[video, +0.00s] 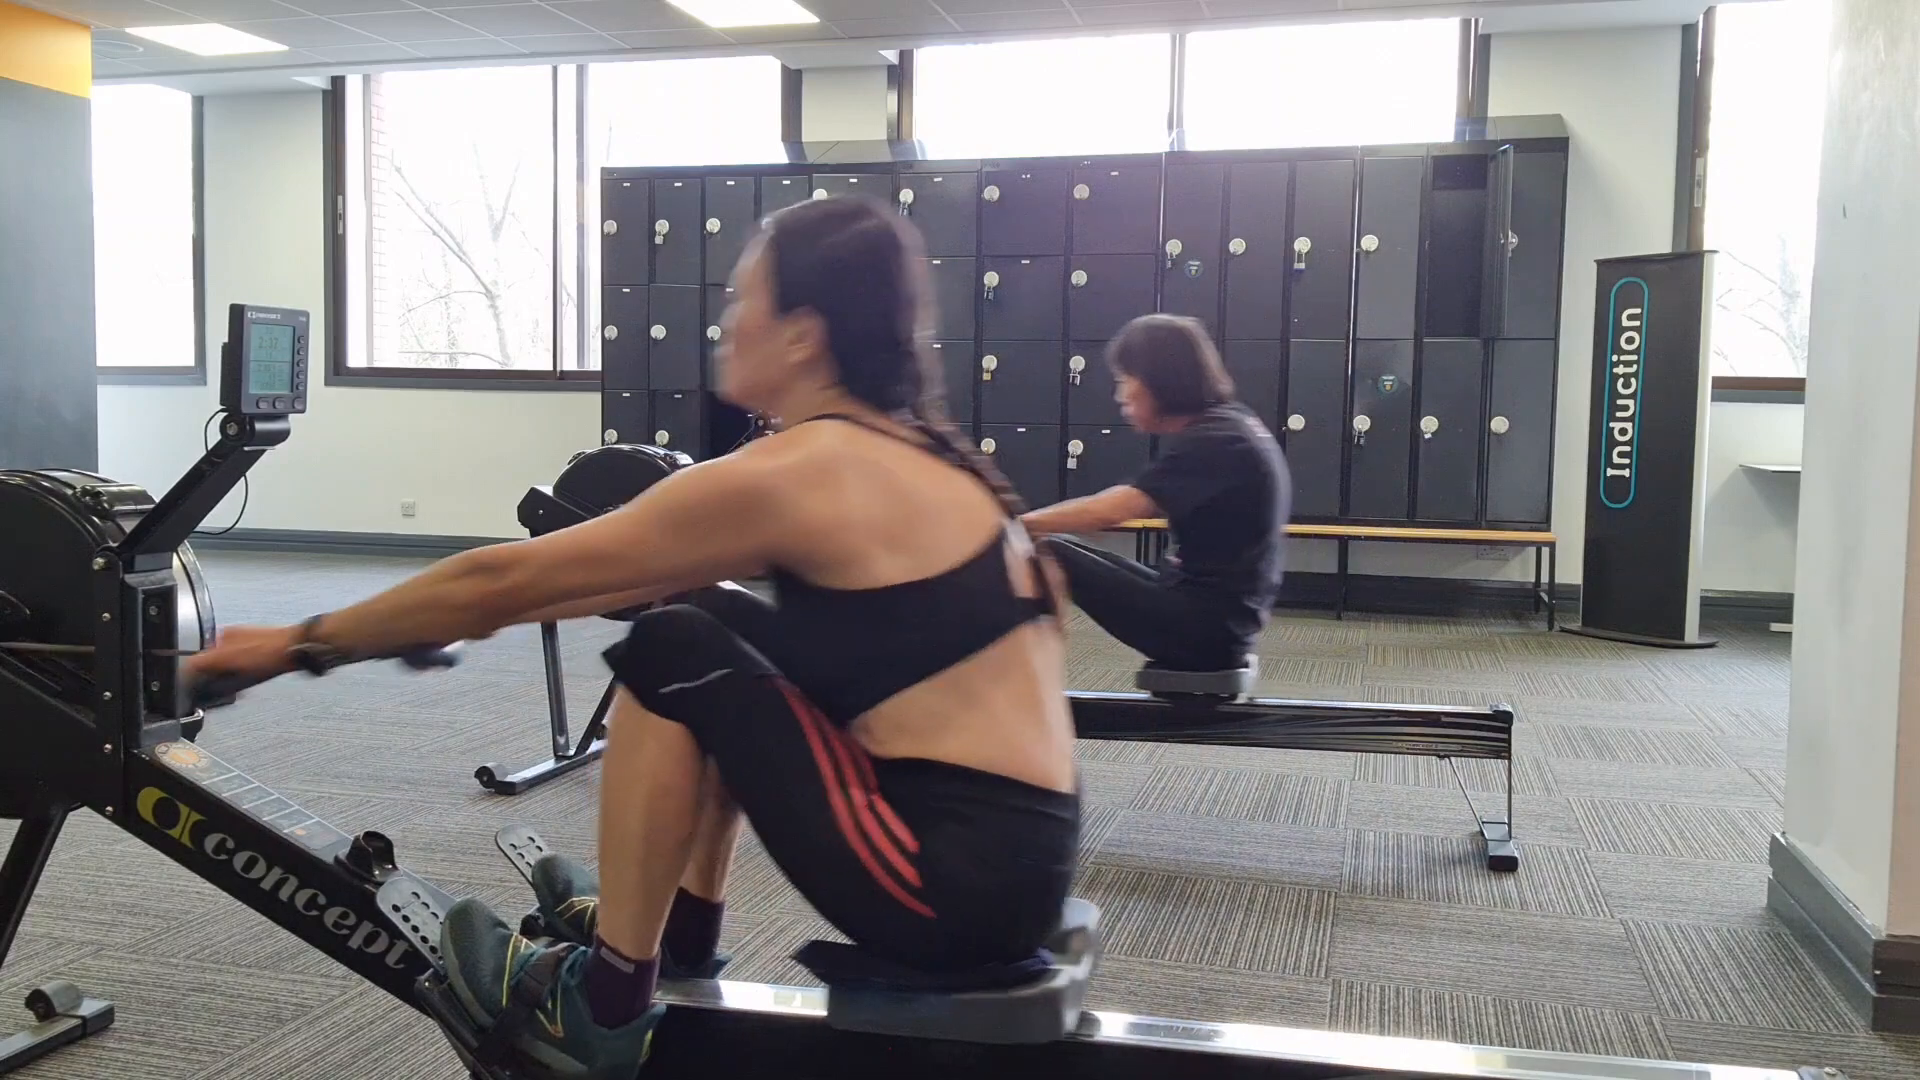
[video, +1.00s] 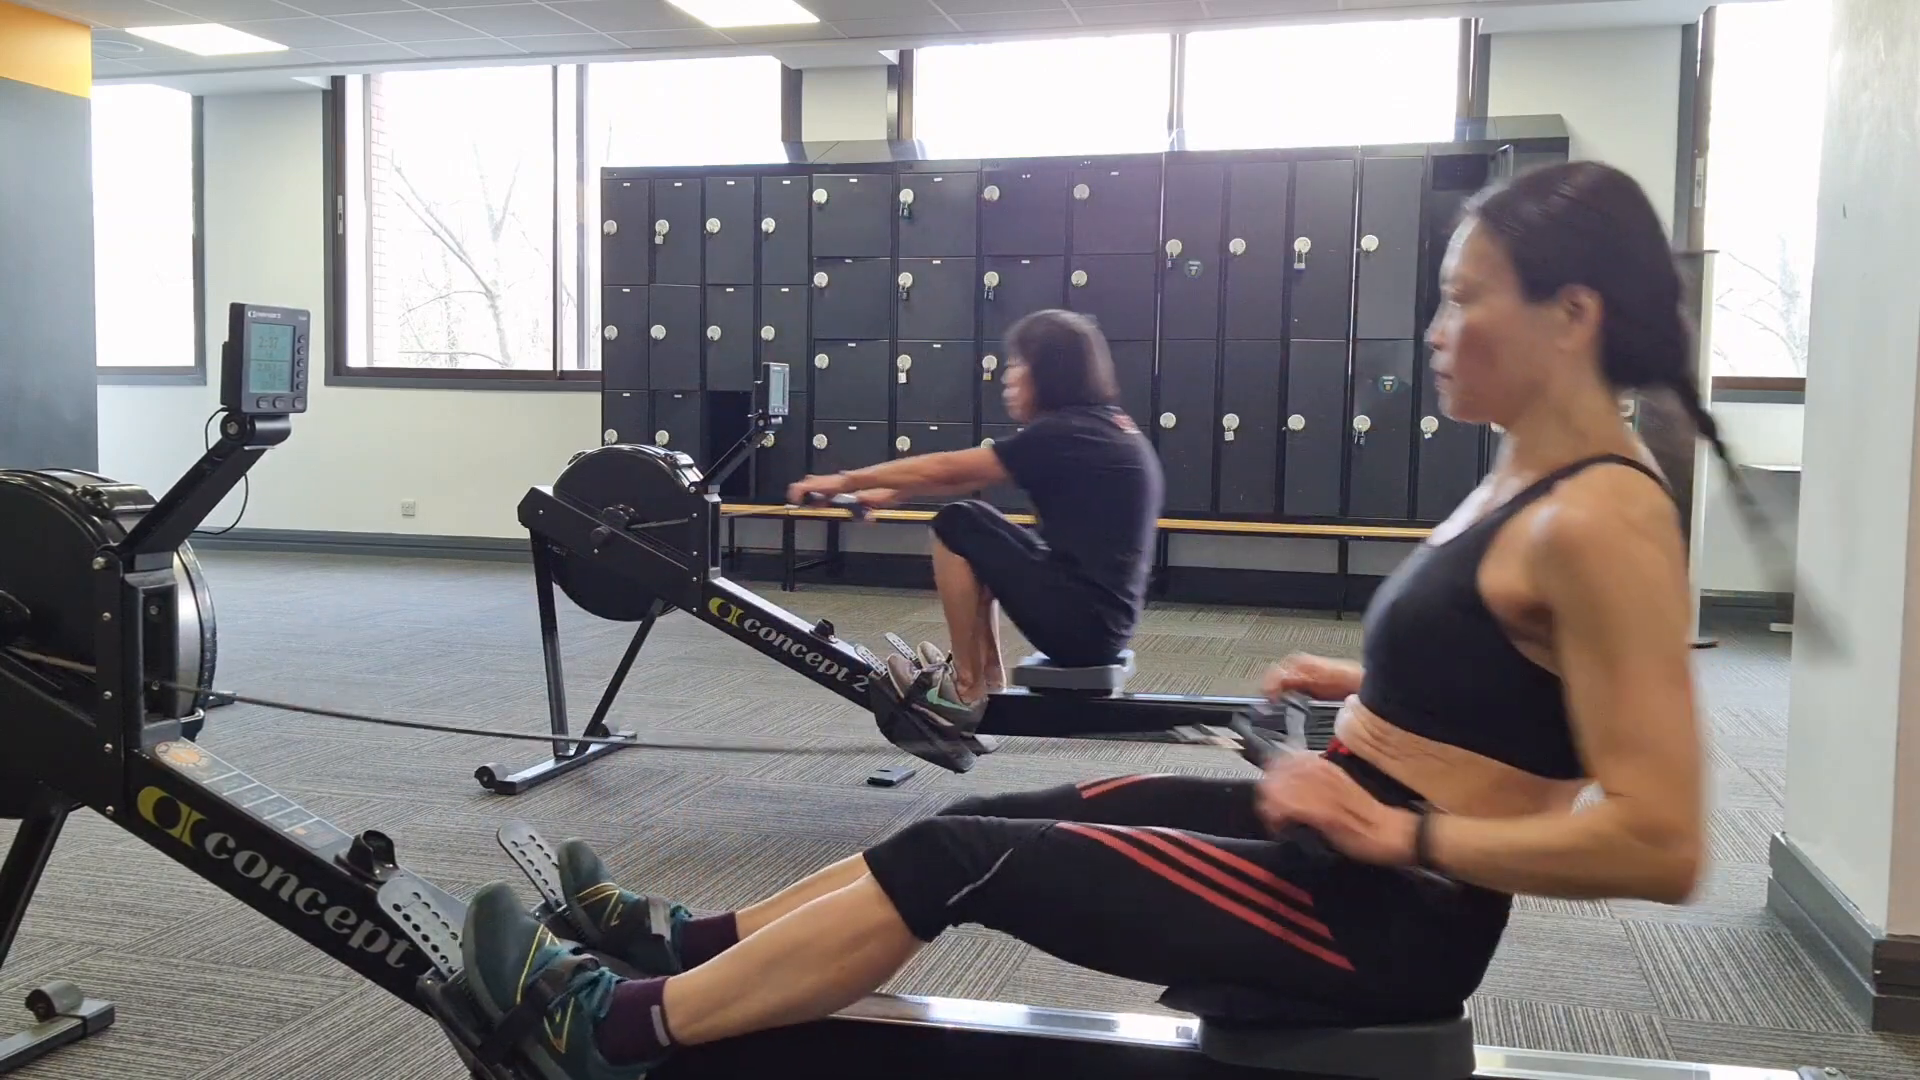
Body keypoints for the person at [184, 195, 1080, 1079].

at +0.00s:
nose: (721, 327)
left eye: (739, 304)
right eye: (729, 304)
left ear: (807, 333)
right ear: (845, 339)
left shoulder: (793, 477)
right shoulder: (932, 458)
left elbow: (505, 583)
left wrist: (297, 640)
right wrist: (559, 596)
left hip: (938, 891)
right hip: (1024, 876)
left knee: (670, 645)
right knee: (736, 636)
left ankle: (610, 997)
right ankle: (684, 931)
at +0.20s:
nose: (915, 304)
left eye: (937, 280)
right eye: (924, 278)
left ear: (1016, 314)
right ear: (1028, 315)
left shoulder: (988, 463)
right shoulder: (1118, 432)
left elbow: (708, 584)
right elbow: (857, 544)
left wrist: (497, 646)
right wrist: (636, 585)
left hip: (1071, 885)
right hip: (1136, 848)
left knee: (763, 691)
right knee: (795, 646)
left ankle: (607, 1006)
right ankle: (681, 949)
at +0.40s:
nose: (1153, 291)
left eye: (1182, 266)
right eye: (1161, 263)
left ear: (1275, 293)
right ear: (1269, 295)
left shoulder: (1225, 452)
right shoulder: (1299, 428)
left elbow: (940, 586)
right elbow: (976, 559)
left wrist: (717, 639)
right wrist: (798, 596)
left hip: (1249, 884)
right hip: (1249, 820)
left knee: (890, 763)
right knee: (919, 728)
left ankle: (625, 1017)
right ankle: (674, 966)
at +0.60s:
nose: (1408, 313)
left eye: (1441, 283)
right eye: (1415, 280)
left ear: (1546, 310)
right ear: (1519, 308)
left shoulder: (1509, 480)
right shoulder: (1490, 462)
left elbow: (1201, 615)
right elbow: (1253, 568)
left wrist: (962, 650)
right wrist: (1039, 574)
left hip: (1358, 896)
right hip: (1333, 824)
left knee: (960, 844)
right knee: (975, 809)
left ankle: (610, 1030)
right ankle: (683, 946)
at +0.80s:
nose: (1497, 372)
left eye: (1523, 338)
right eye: (1502, 340)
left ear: (1637, 349)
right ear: (1631, 352)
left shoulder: (1654, 540)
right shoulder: (1599, 512)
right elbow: (1433, 724)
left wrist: (1243, 789)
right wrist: (1264, 670)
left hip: (1386, 934)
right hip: (1342, 861)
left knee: (957, 891)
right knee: (970, 841)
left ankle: (617, 1029)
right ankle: (695, 954)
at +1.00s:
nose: (1438, 332)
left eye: (1464, 303)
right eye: (1444, 303)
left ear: (1573, 319)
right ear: (1554, 324)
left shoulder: (1600, 519)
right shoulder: (1537, 486)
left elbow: (1661, 843)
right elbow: (1548, 754)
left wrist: (1397, 837)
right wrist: (1368, 697)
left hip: (1377, 912)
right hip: (1350, 842)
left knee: (962, 852)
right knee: (965, 827)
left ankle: (622, 1034)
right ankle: (671, 960)